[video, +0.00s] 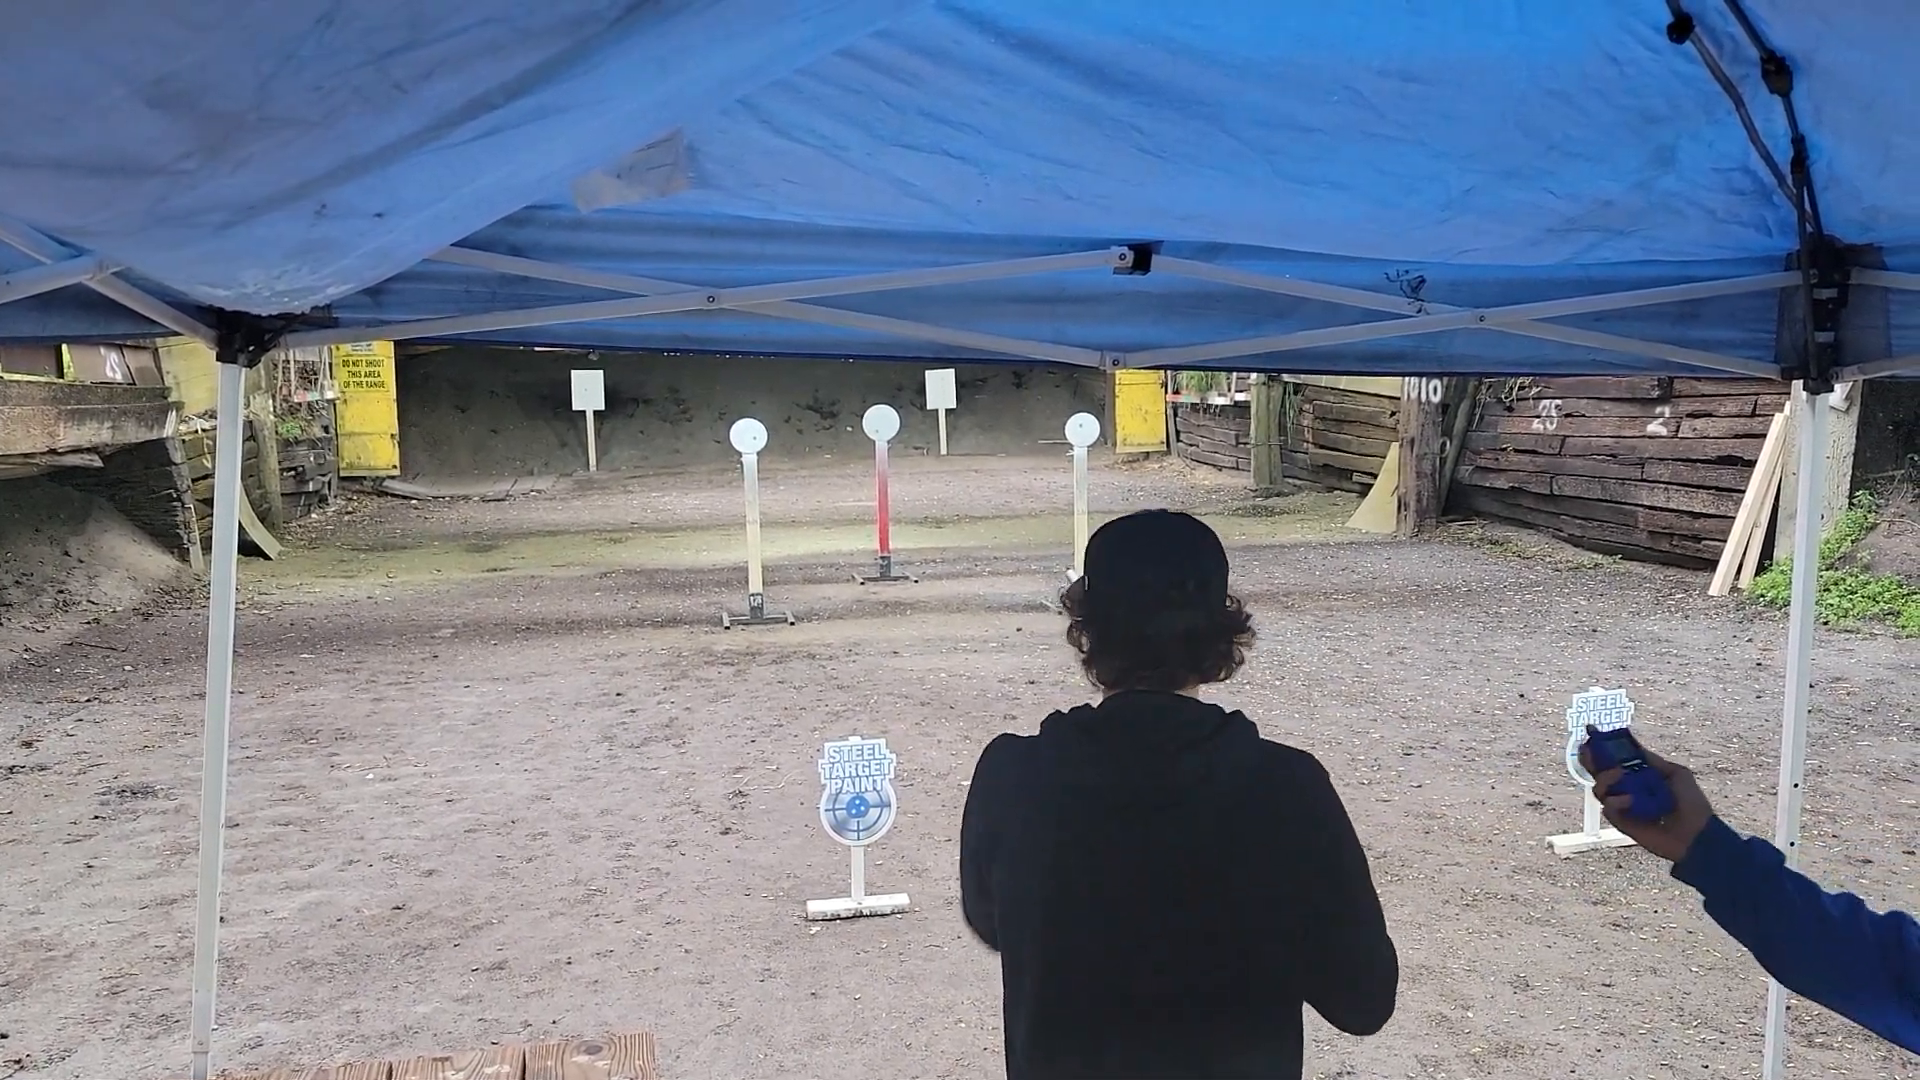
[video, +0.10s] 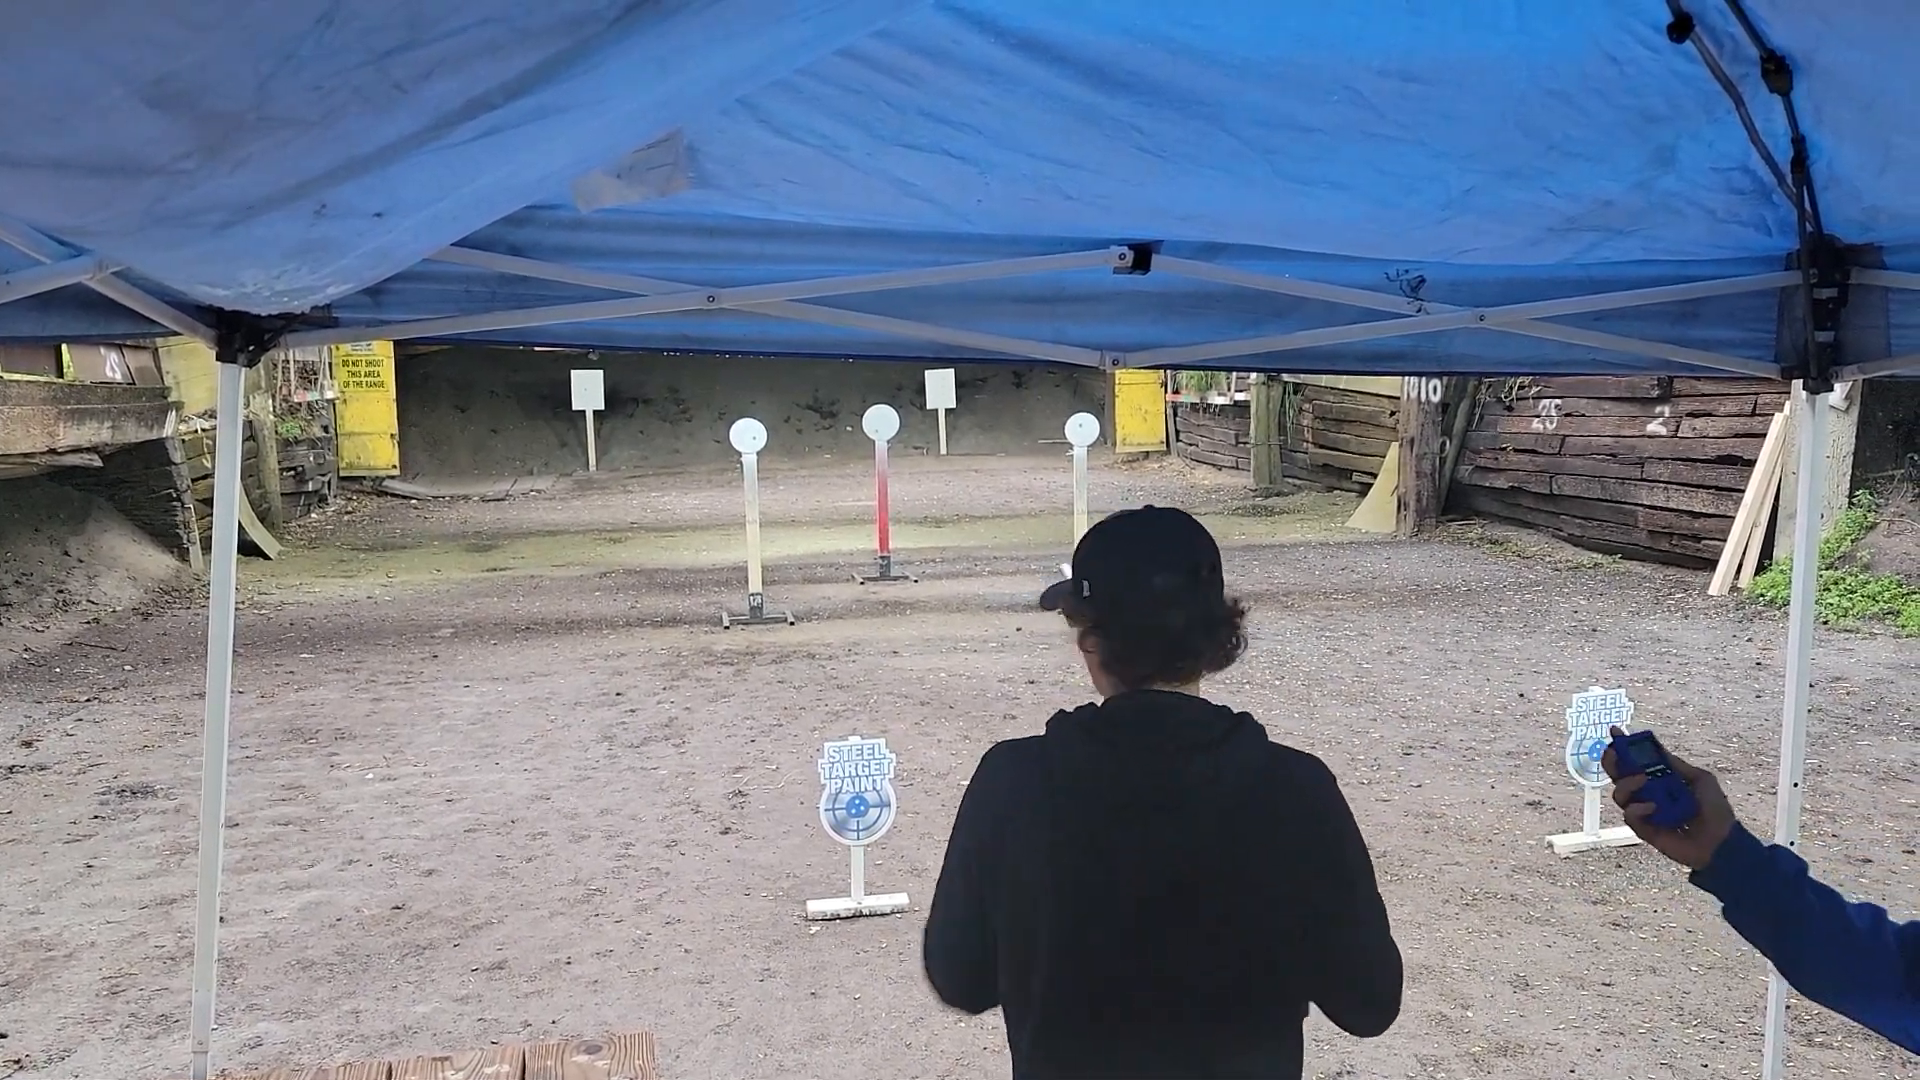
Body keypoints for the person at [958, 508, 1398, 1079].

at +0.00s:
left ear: (1089, 631)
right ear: (1220, 631)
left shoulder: (1011, 775)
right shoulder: (1290, 786)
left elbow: (991, 921)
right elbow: (1366, 1002)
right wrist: (1255, 900)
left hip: (1058, 1070)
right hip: (1243, 1070)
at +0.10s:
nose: (1075, 640)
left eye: (1076, 624)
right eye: (1076, 621)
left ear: (1088, 637)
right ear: (1215, 631)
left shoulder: (1012, 778)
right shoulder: (1296, 787)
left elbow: (958, 980)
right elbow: (1371, 1005)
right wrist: (1264, 898)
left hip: (1064, 1067)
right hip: (1249, 1067)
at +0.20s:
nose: (1053, 657)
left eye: (1058, 635)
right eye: (1052, 637)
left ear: (1106, 643)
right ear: (1196, 635)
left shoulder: (1014, 788)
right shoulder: (1303, 789)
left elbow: (936, 1030)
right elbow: (1385, 997)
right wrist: (1284, 948)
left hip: (1066, 1070)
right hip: (1250, 1072)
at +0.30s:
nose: (1028, 665)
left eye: (1041, 641)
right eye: (1030, 643)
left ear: (1106, 644)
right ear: (1167, 637)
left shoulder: (1016, 791)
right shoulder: (1296, 785)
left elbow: (955, 1029)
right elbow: (1392, 985)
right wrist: (1279, 914)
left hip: (1067, 1071)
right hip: (1249, 1072)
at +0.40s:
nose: (1012, 673)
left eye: (1024, 648)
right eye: (1012, 650)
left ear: (1092, 643)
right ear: (1145, 638)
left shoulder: (1019, 797)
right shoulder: (1287, 782)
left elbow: (973, 1035)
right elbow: (1384, 975)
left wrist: (834, 1061)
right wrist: (1263, 928)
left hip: (1069, 1068)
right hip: (1246, 1070)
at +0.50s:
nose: (995, 672)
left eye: (1008, 647)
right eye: (996, 648)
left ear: (1075, 644)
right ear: (1124, 639)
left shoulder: (1010, 804)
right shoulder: (1269, 778)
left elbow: (925, 1039)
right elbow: (1372, 972)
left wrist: (734, 1066)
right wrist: (1251, 901)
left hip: (1070, 1062)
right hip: (1248, 1069)